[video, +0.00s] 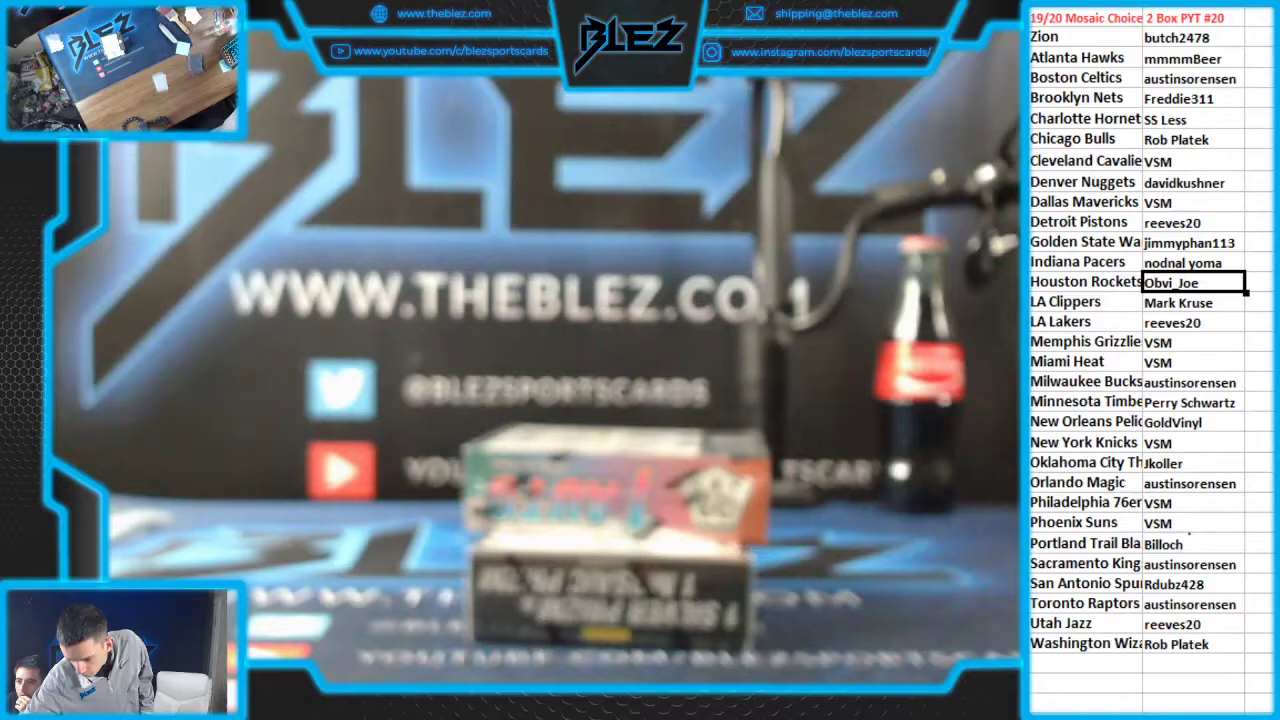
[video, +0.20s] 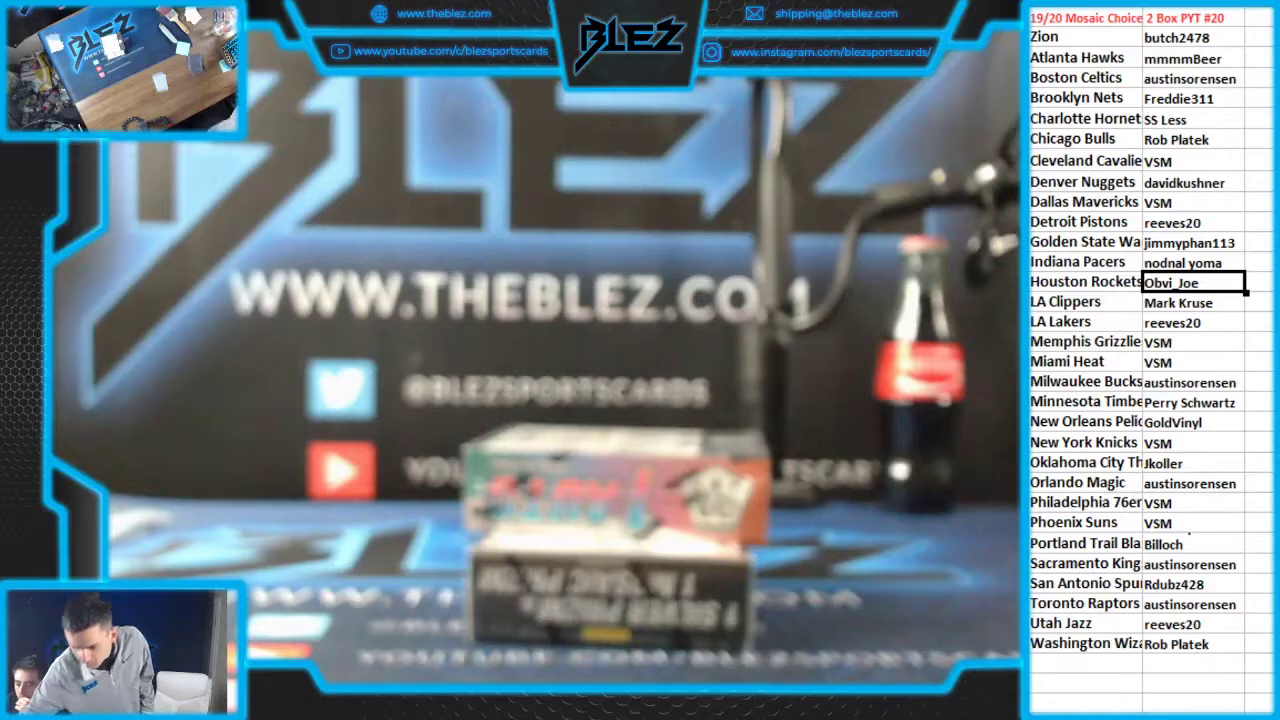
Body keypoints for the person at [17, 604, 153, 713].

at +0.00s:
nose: (80, 670)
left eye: (87, 659)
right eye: (72, 660)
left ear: (108, 645)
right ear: (63, 650)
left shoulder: (131, 642)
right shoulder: (59, 679)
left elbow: (146, 688)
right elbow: (32, 716)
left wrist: (145, 716)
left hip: (128, 716)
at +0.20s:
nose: (85, 657)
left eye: (92, 647)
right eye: (77, 649)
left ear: (113, 635)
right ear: (68, 641)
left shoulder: (134, 639)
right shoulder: (61, 672)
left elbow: (146, 687)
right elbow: (35, 713)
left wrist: (146, 715)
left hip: (130, 714)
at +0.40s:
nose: (98, 646)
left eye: (106, 635)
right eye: (89, 636)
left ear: (124, 625)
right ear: (81, 629)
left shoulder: (139, 636)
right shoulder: (70, 661)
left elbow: (148, 688)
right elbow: (51, 711)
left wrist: (148, 714)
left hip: (134, 714)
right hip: (93, 714)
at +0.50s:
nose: (109, 642)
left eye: (117, 631)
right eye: (100, 633)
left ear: (132, 621)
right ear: (89, 622)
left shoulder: (143, 636)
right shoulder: (75, 659)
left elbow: (151, 683)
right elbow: (61, 708)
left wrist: (150, 712)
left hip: (139, 713)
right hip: (100, 713)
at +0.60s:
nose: (121, 641)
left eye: (130, 631)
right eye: (112, 632)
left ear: (142, 620)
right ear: (98, 624)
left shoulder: (151, 638)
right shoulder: (81, 659)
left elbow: (155, 692)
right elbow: (72, 708)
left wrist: (155, 714)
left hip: (144, 716)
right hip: (103, 716)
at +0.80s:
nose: (148, 646)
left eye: (157, 635)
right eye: (138, 637)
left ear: (168, 624)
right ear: (120, 627)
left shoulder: (175, 644)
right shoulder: (99, 661)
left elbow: (179, 703)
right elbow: (87, 712)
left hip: (159, 713)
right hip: (118, 714)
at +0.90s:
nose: (166, 653)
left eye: (175, 642)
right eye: (156, 643)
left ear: (185, 632)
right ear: (135, 632)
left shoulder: (191, 650)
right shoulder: (112, 664)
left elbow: (201, 707)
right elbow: (99, 714)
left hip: (173, 714)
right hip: (130, 713)